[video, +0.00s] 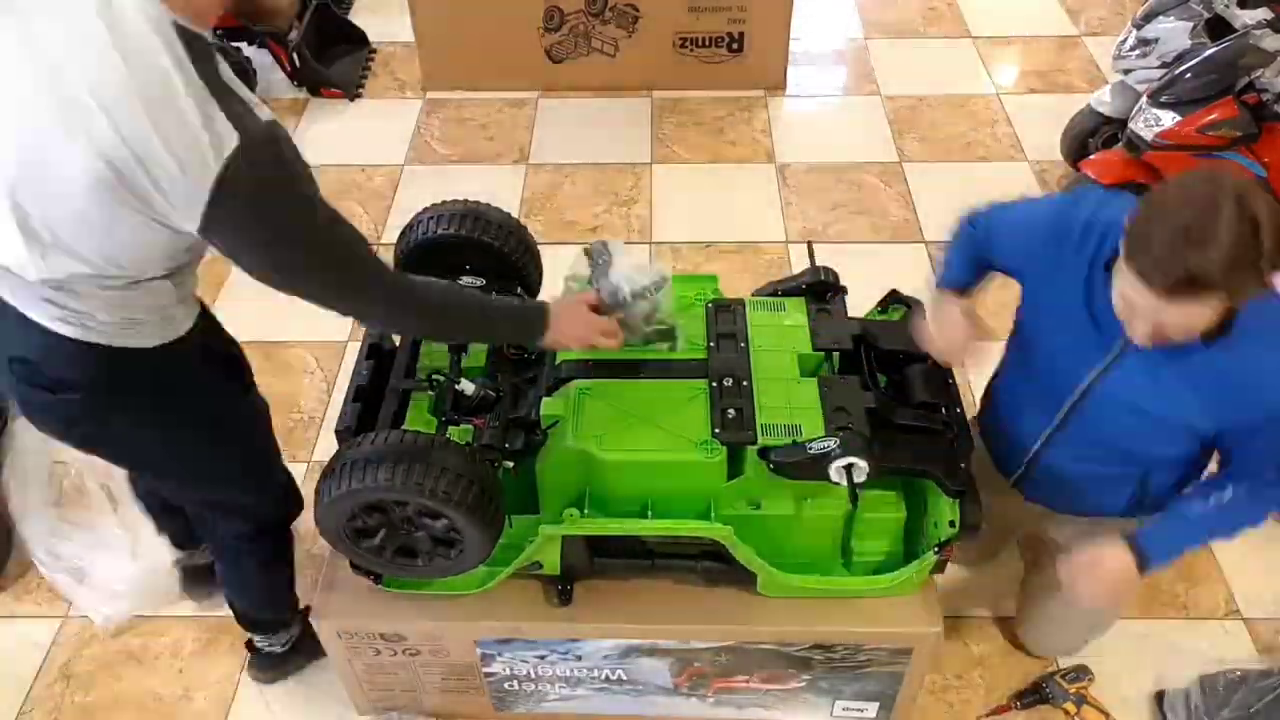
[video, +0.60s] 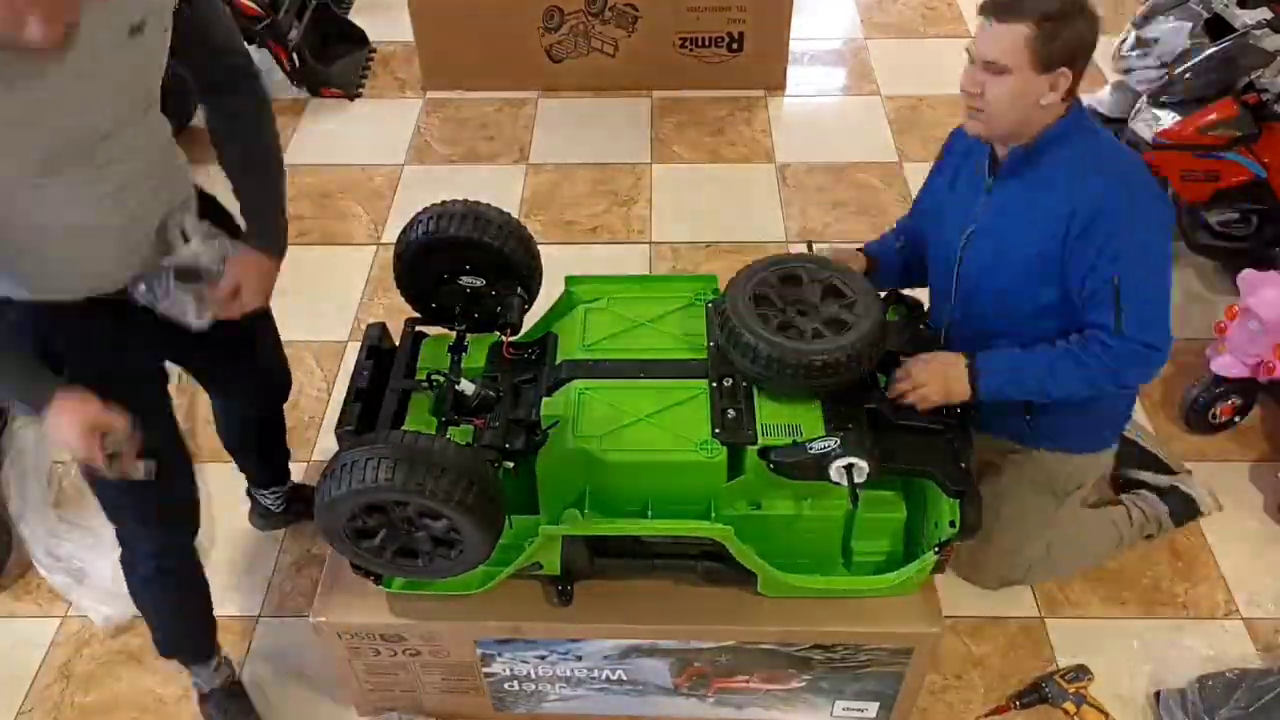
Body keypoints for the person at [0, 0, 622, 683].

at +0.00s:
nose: (290, 29)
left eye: (297, 22)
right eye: (292, 18)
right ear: (244, 8)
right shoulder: (211, 138)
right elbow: (381, 298)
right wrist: (545, 322)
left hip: (31, 292)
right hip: (107, 348)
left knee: (165, 440)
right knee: (250, 495)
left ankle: (198, 547)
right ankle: (273, 637)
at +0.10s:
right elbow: (8, 167)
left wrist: (218, 51)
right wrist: (155, 138)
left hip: (224, 177)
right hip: (116, 233)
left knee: (267, 361)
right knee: (214, 431)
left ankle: (270, 493)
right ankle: (248, 591)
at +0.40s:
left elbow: (218, 18)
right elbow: (2, 186)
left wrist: (256, 134)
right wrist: (109, 206)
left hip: (198, 169)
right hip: (74, 229)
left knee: (264, 356)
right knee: (193, 428)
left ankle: (271, 489)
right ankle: (248, 588)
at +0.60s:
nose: (48, 26)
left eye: (55, 9)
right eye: (28, 14)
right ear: (4, 9)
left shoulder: (163, 6)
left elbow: (228, 78)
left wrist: (267, 236)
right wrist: (43, 397)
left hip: (178, 236)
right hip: (57, 298)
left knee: (257, 383)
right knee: (154, 512)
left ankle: (270, 492)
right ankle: (206, 669)